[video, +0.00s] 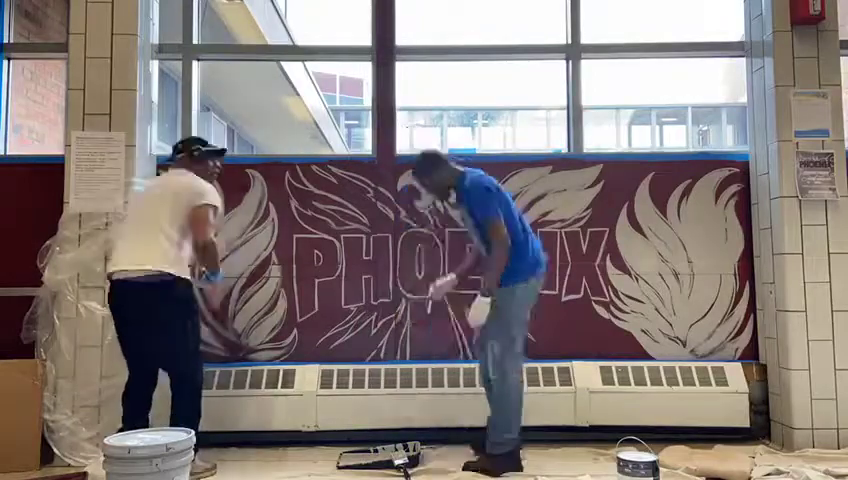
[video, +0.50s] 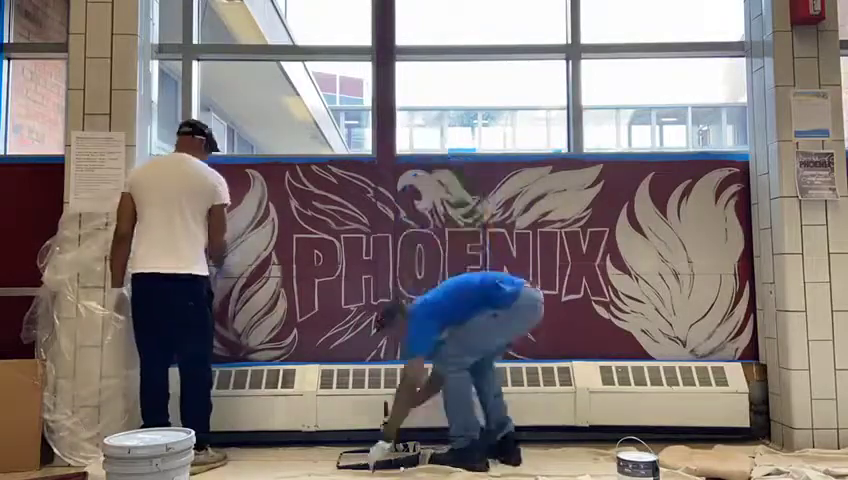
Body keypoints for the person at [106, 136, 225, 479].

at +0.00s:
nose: (217, 172)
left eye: (219, 167)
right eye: (215, 166)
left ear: (180, 159)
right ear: (199, 159)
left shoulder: (148, 188)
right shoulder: (201, 187)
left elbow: (141, 239)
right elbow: (203, 239)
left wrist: (190, 264)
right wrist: (213, 269)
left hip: (123, 288)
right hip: (165, 288)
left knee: (140, 374)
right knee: (187, 376)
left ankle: (131, 455)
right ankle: (184, 457)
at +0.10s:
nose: (206, 153)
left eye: (207, 148)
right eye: (206, 147)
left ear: (174, 139)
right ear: (196, 141)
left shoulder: (138, 174)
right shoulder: (206, 174)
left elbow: (122, 233)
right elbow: (232, 231)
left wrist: (123, 282)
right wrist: (250, 221)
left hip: (146, 281)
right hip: (190, 281)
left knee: (154, 367)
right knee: (197, 366)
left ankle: (157, 448)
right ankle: (197, 448)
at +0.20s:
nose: (206, 153)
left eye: (205, 148)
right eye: (206, 148)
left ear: (172, 140)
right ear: (197, 141)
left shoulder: (139, 174)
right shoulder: (210, 172)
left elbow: (130, 237)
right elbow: (222, 232)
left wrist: (132, 282)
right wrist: (237, 241)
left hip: (154, 285)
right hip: (196, 283)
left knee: (156, 366)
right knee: (199, 366)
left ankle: (157, 447)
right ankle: (196, 448)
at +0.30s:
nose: (199, 149)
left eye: (195, 143)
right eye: (199, 143)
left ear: (166, 142)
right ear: (196, 142)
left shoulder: (138, 175)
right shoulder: (211, 175)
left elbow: (126, 238)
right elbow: (223, 236)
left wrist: (125, 291)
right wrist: (237, 245)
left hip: (151, 285)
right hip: (196, 284)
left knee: (155, 367)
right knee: (199, 366)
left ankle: (156, 448)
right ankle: (197, 447)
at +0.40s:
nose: (206, 154)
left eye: (206, 149)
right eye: (205, 148)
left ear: (172, 140)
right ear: (198, 143)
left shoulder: (137, 174)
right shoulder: (210, 177)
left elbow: (125, 237)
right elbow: (220, 238)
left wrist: (122, 289)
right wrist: (231, 245)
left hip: (150, 286)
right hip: (193, 285)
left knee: (155, 367)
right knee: (197, 367)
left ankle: (156, 448)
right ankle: (197, 447)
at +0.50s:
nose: (208, 156)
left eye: (207, 151)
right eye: (209, 151)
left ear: (176, 142)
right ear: (202, 144)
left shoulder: (140, 173)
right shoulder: (211, 179)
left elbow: (122, 232)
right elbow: (217, 242)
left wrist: (116, 287)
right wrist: (212, 262)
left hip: (146, 284)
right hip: (189, 284)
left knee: (152, 366)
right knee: (195, 367)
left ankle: (154, 447)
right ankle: (197, 448)